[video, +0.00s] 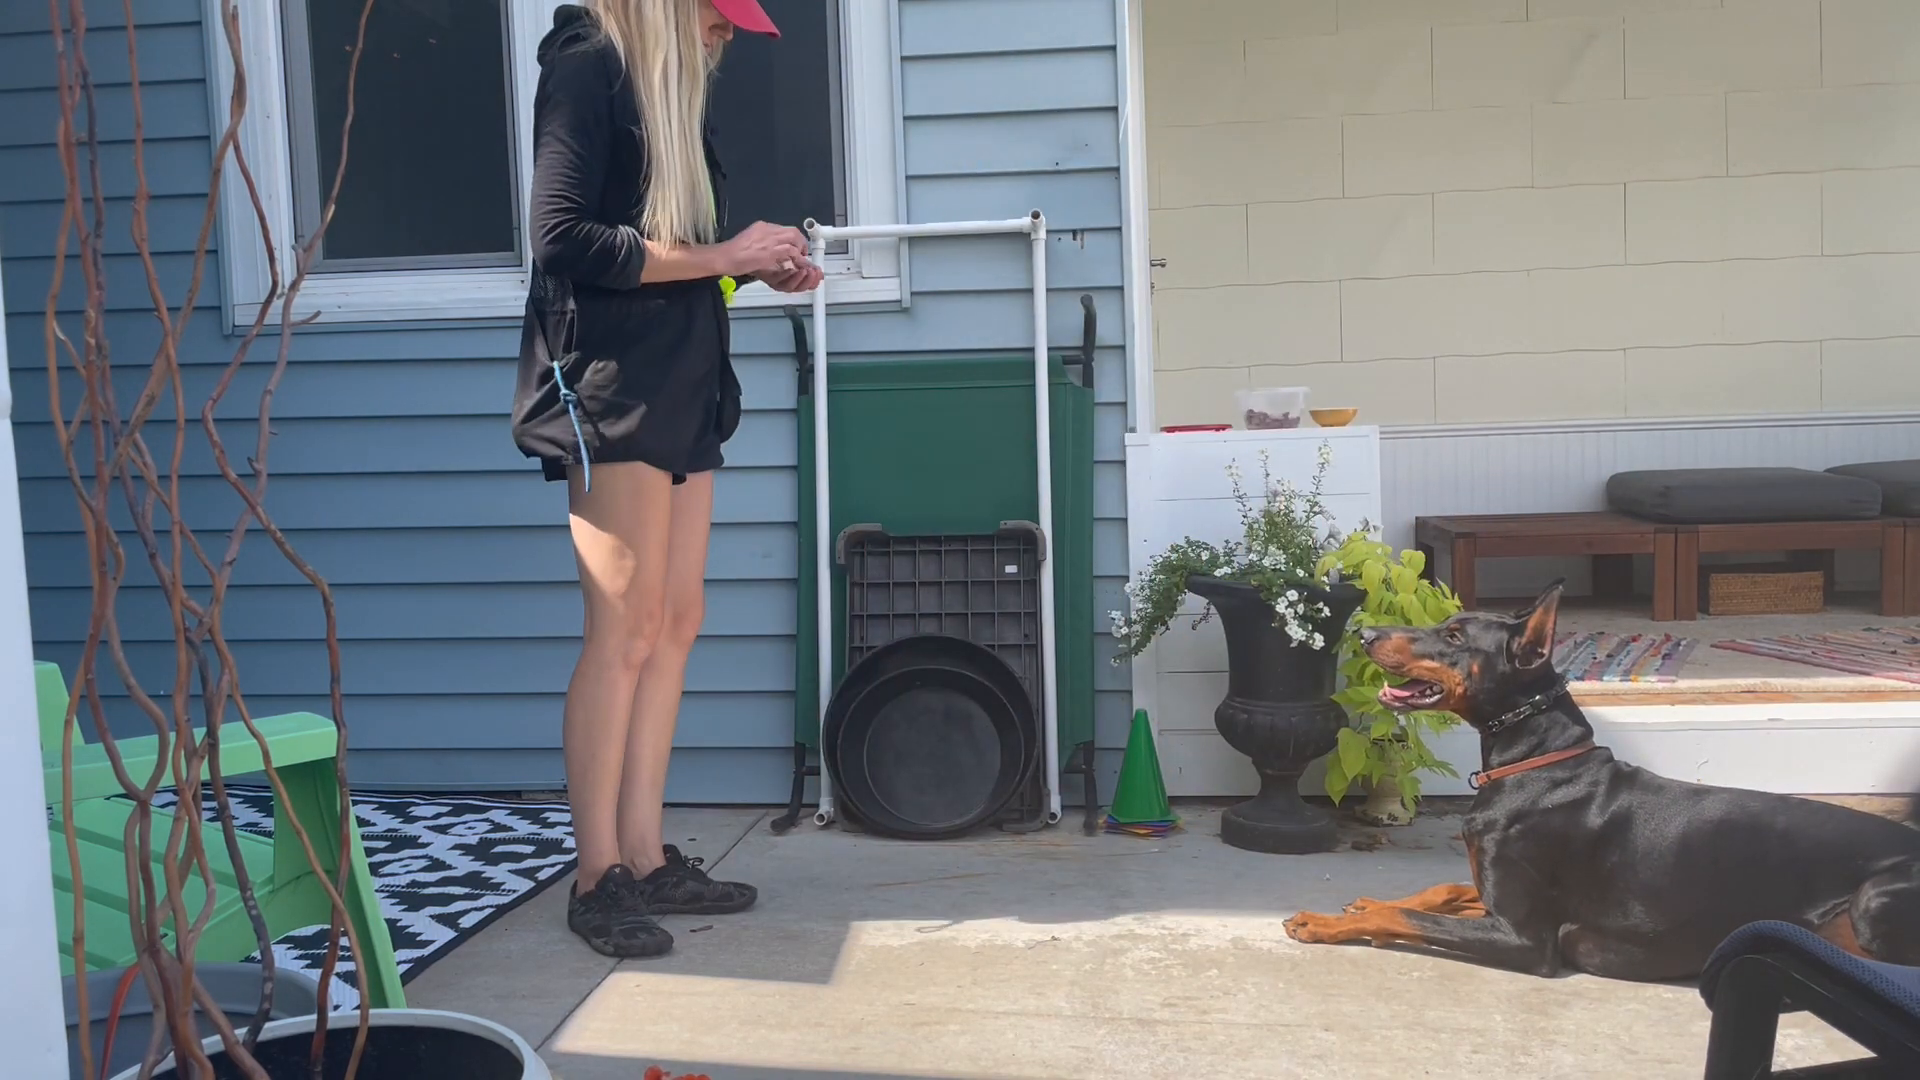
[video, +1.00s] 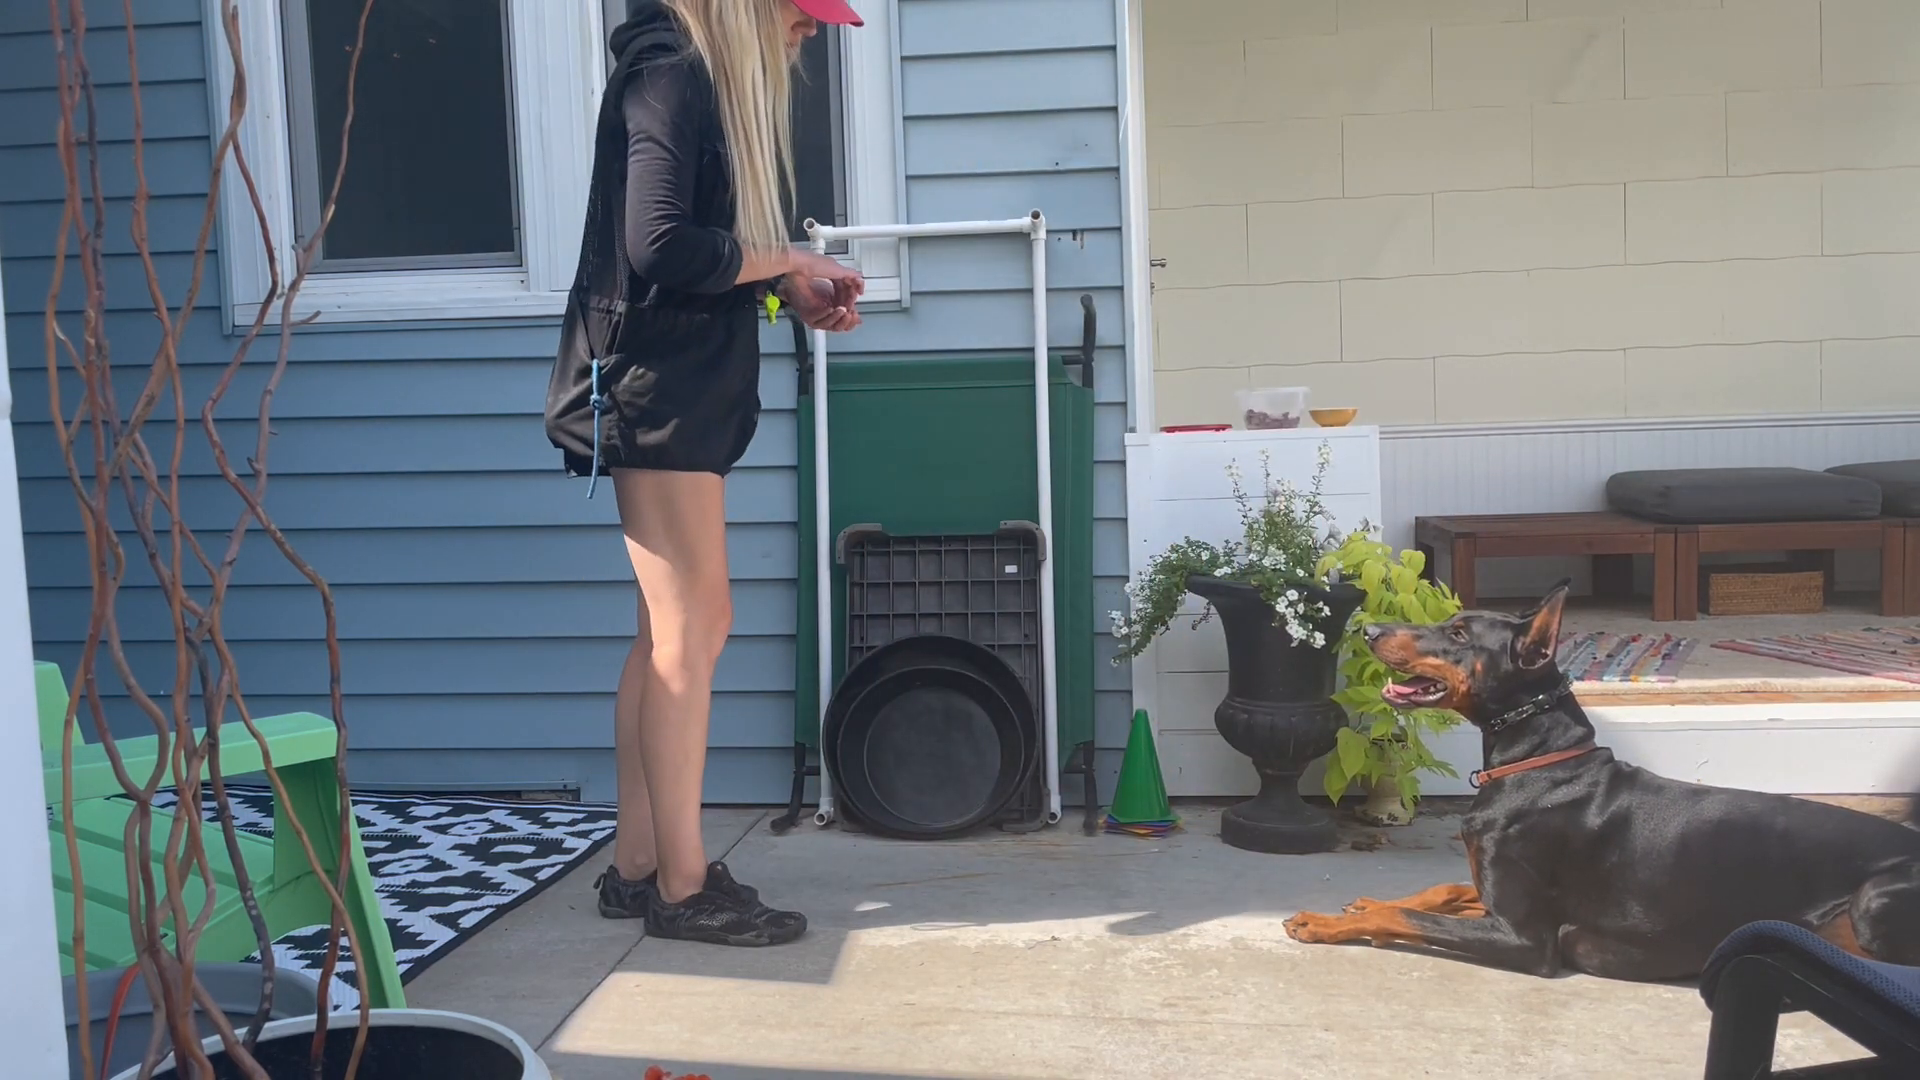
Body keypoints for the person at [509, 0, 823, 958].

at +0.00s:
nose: (722, 38)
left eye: (727, 27)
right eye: (715, 21)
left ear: (684, 8)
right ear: (671, 2)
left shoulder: (665, 67)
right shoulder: (588, 56)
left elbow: (658, 236)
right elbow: (558, 244)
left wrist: (745, 258)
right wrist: (723, 257)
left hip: (684, 367)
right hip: (616, 373)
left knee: (674, 622)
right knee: (622, 630)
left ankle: (644, 858)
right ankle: (594, 880)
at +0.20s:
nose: (726, 43)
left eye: (730, 31)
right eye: (718, 26)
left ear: (685, 15)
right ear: (671, 8)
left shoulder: (666, 77)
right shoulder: (598, 69)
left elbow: (657, 244)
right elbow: (578, 240)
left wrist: (753, 261)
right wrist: (733, 247)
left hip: (683, 374)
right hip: (620, 378)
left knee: (678, 622)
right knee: (645, 625)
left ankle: (647, 860)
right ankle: (599, 879)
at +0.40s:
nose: (736, 46)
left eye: (740, 34)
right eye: (729, 28)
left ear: (687, 15)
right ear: (681, 8)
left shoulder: (667, 80)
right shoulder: (613, 70)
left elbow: (663, 252)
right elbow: (596, 235)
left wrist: (756, 270)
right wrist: (739, 243)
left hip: (670, 377)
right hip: (631, 377)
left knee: (689, 616)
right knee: (690, 616)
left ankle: (646, 853)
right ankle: (618, 872)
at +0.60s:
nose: (752, 41)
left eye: (756, 29)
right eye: (748, 23)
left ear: (700, 6)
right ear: (704, 5)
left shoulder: (672, 73)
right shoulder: (630, 66)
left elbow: (664, 239)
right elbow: (613, 234)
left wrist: (757, 275)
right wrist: (750, 256)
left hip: (669, 370)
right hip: (634, 371)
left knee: (670, 621)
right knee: (693, 616)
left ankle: (636, 865)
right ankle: (681, 884)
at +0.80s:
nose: (776, 44)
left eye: (780, 31)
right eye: (771, 26)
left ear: (716, 7)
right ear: (726, 10)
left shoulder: (685, 75)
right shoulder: (653, 73)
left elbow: (681, 237)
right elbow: (630, 243)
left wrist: (768, 277)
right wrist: (758, 260)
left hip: (663, 375)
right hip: (647, 378)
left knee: (668, 625)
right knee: (692, 622)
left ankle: (637, 864)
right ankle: (683, 886)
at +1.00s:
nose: (807, 34)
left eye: (811, 22)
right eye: (801, 17)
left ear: (747, 6)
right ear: (751, 5)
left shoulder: (712, 67)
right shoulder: (672, 67)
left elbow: (716, 231)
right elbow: (658, 249)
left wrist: (793, 277)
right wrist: (778, 264)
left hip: (674, 372)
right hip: (657, 376)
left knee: (670, 628)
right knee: (696, 626)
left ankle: (639, 863)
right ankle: (684, 886)